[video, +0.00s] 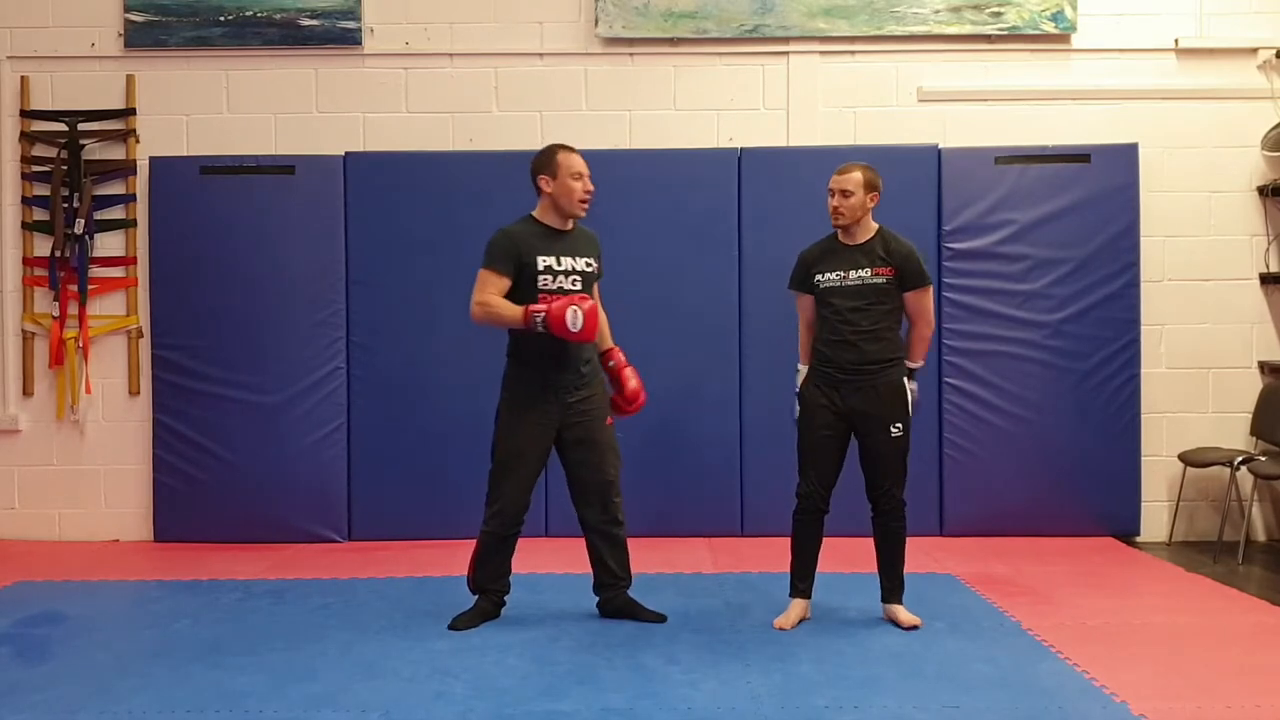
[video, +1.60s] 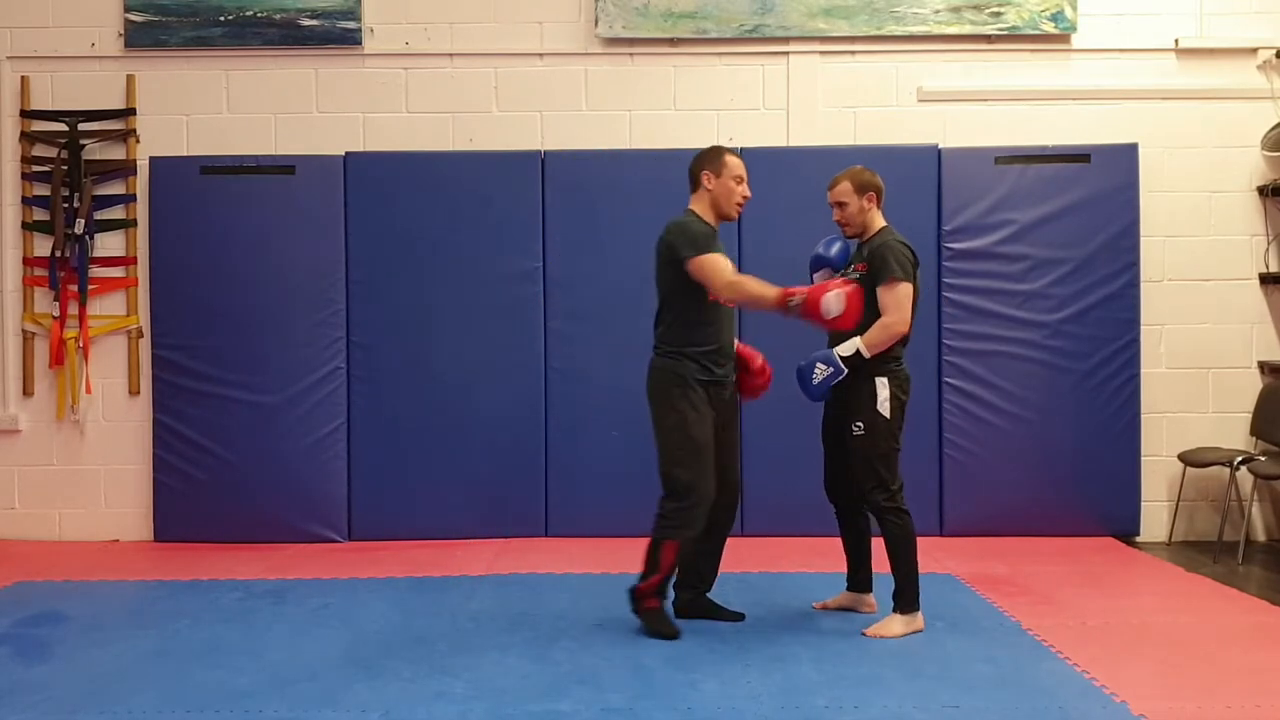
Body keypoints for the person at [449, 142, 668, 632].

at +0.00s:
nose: (588, 186)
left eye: (587, 178)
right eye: (577, 178)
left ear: (579, 185)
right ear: (546, 184)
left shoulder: (587, 242)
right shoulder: (512, 241)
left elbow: (592, 307)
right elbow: (482, 307)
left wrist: (616, 365)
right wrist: (542, 315)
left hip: (585, 390)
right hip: (529, 393)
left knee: (602, 493)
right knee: (507, 498)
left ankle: (614, 594)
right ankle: (489, 597)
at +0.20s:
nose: (634, 191)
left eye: (634, 183)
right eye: (624, 181)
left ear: (610, 188)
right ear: (592, 185)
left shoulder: (619, 249)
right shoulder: (550, 234)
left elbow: (624, 308)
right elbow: (517, 297)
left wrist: (662, 325)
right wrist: (577, 322)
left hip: (604, 391)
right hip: (550, 390)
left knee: (613, 497)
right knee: (520, 495)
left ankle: (614, 595)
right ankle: (490, 592)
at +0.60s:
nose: (671, 191)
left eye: (674, 183)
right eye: (662, 180)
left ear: (671, 189)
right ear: (632, 181)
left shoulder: (663, 251)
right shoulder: (589, 227)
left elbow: (674, 315)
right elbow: (547, 286)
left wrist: (719, 314)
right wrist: (595, 319)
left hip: (633, 380)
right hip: (582, 375)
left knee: (631, 489)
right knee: (579, 485)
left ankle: (616, 593)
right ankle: (567, 598)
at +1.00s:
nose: (640, 188)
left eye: (647, 178)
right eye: (629, 179)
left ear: (655, 182)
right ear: (608, 183)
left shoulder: (665, 242)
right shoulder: (584, 240)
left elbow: (666, 294)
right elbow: (556, 307)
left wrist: (686, 322)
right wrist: (606, 336)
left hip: (664, 385)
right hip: (608, 389)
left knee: (703, 480)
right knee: (601, 500)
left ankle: (674, 573)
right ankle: (602, 607)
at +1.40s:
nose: (712, 190)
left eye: (713, 181)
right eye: (702, 180)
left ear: (706, 188)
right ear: (671, 183)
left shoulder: (705, 246)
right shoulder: (636, 241)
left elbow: (711, 306)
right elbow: (614, 310)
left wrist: (735, 309)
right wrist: (674, 332)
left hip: (705, 390)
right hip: (654, 390)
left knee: (717, 495)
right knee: (632, 498)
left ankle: (693, 595)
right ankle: (607, 605)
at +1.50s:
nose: (731, 193)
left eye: (732, 184)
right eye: (723, 182)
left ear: (704, 186)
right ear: (692, 183)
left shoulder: (708, 246)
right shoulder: (663, 237)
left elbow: (704, 312)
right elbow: (663, 302)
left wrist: (745, 328)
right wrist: (725, 321)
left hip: (712, 386)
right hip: (670, 384)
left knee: (719, 493)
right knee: (660, 492)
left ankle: (693, 595)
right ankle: (620, 599)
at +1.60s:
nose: (746, 192)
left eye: (746, 183)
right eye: (738, 181)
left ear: (714, 184)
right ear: (707, 181)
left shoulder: (711, 240)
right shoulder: (685, 231)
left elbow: (701, 316)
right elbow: (725, 285)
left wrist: (737, 355)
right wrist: (795, 298)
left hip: (717, 382)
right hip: (680, 380)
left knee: (722, 491)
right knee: (691, 489)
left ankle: (693, 595)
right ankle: (648, 596)